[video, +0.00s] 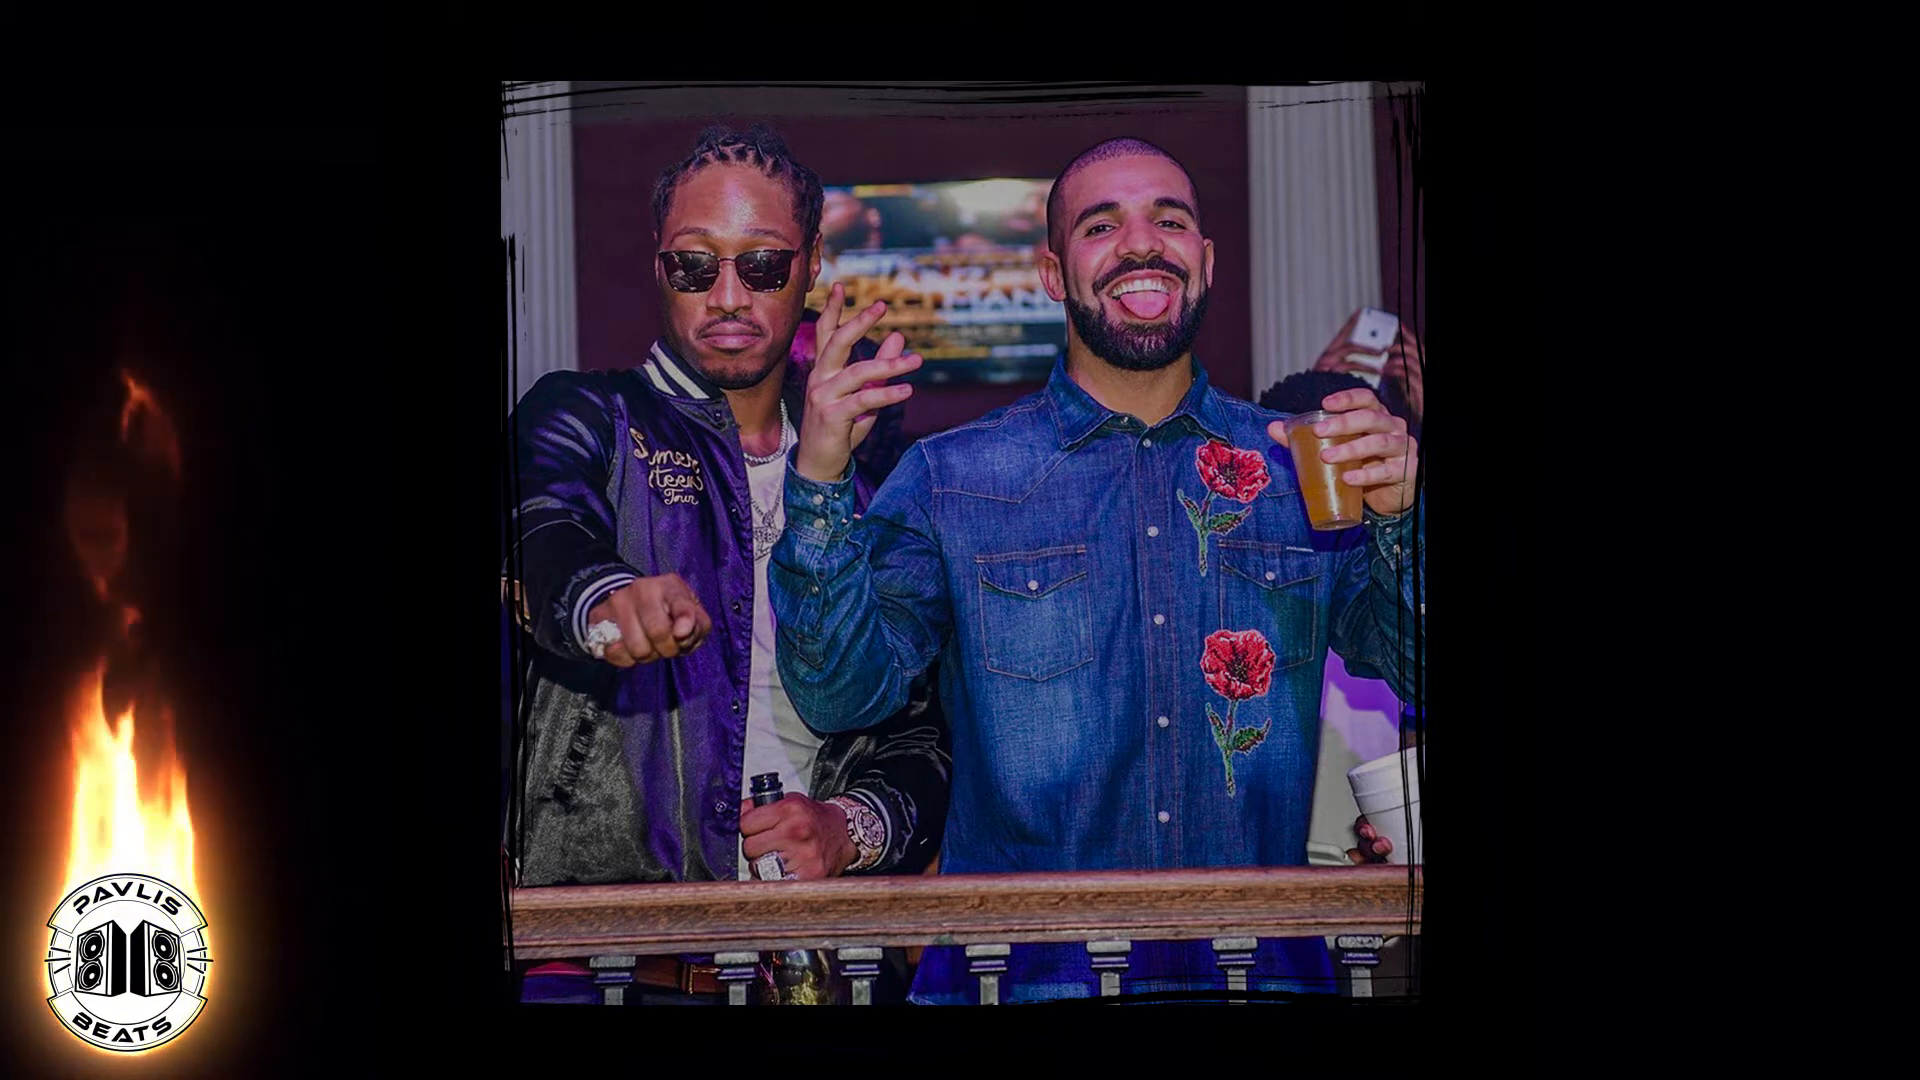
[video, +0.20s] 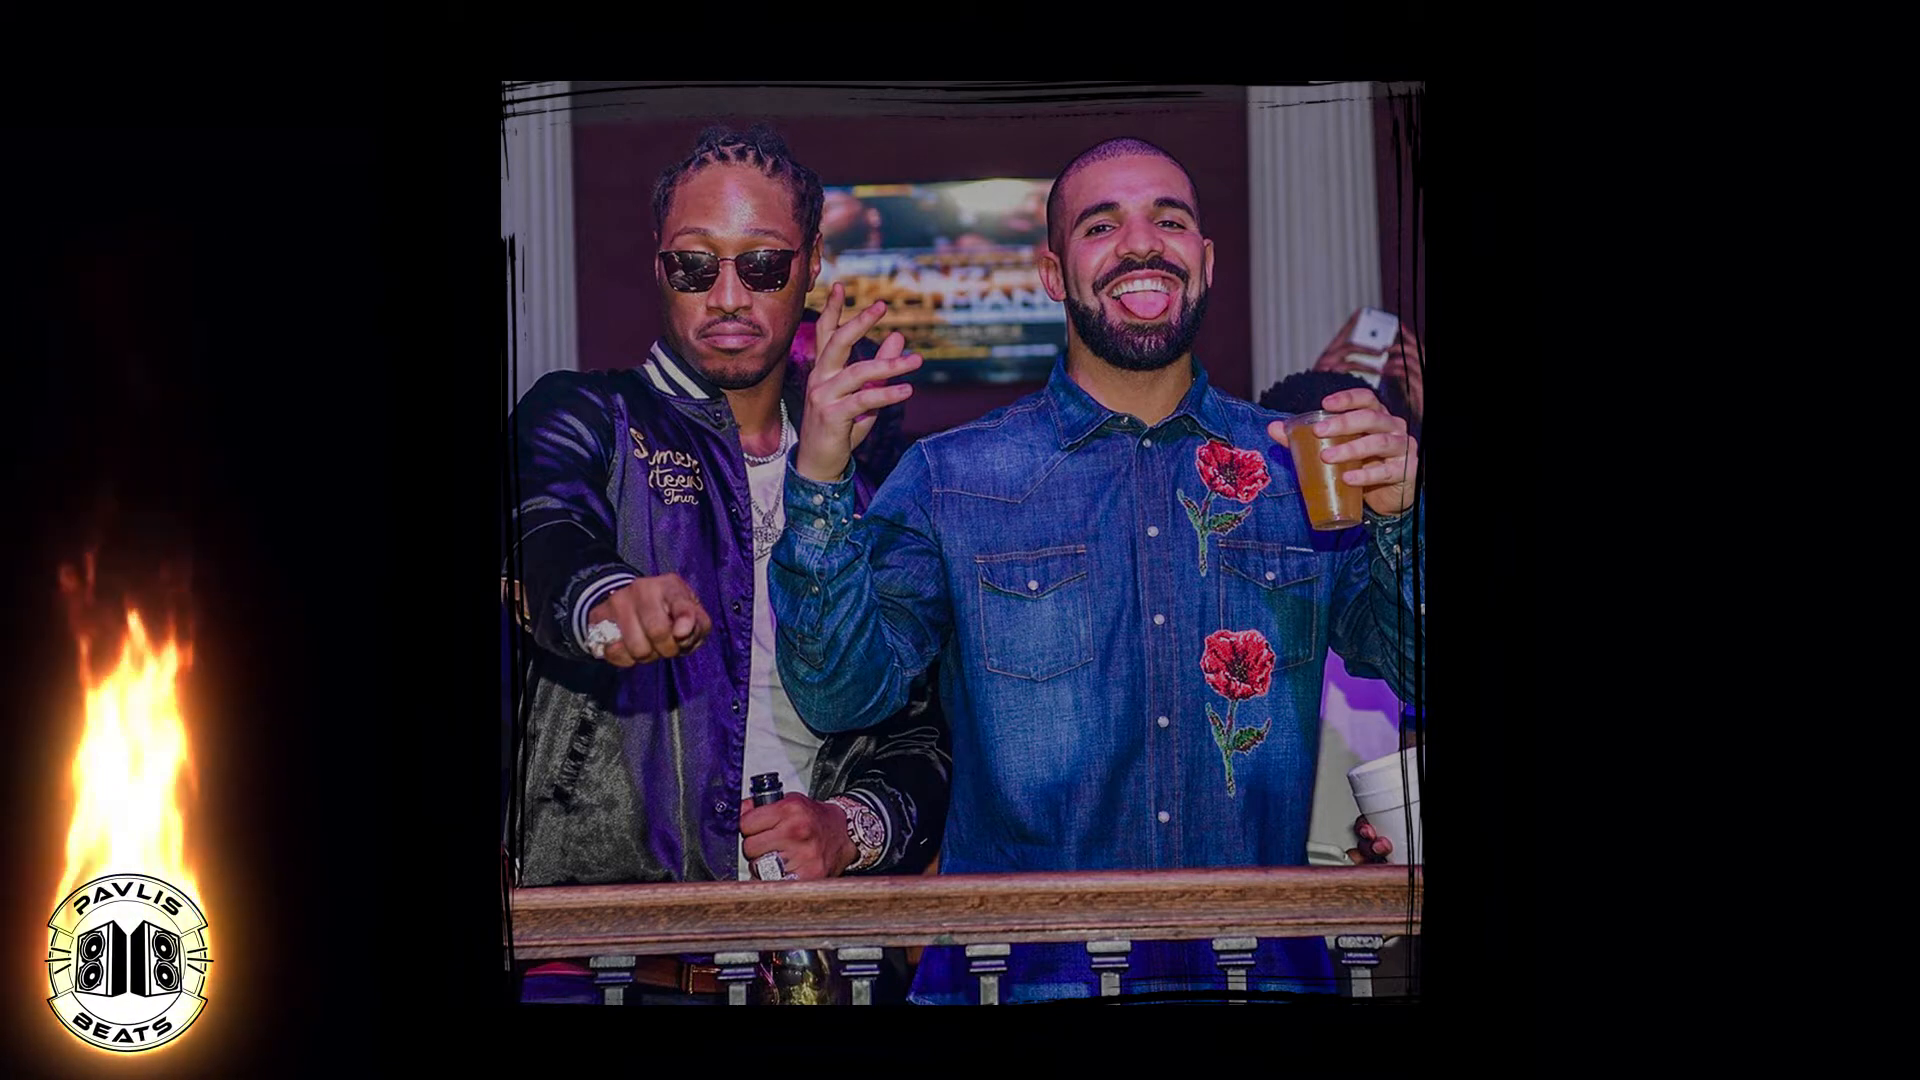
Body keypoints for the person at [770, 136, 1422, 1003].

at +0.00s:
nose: (1142, 242)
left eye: (1170, 219)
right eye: (1102, 225)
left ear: (1207, 259)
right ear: (1055, 273)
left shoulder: (1304, 469)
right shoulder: (945, 478)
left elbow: (1413, 673)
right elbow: (840, 692)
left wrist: (1402, 516)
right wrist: (818, 475)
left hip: (1255, 955)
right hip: (1022, 963)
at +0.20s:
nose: (1142, 242)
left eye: (1170, 219)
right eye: (1102, 225)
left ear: (1207, 259)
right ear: (1055, 273)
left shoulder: (1304, 469)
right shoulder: (945, 478)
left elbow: (1413, 673)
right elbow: (840, 692)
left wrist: (1402, 516)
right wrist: (818, 475)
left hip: (1255, 955)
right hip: (1022, 963)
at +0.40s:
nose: (1142, 242)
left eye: (1170, 219)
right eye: (1102, 225)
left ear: (1207, 259)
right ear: (1055, 273)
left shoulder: (1304, 469)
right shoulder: (945, 478)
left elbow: (1413, 673)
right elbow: (840, 692)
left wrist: (1402, 516)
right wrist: (818, 475)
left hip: (1255, 955)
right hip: (1022, 963)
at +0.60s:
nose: (1141, 242)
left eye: (1170, 219)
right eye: (1102, 225)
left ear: (1208, 259)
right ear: (1054, 273)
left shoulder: (1305, 469)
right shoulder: (945, 479)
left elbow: (1410, 670)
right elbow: (840, 692)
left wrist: (1402, 515)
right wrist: (818, 477)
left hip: (1256, 954)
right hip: (1022, 962)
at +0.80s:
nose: (1141, 241)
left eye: (1170, 219)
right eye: (1102, 225)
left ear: (1208, 259)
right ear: (1055, 273)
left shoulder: (1305, 469)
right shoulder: (945, 478)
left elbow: (1411, 671)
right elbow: (841, 692)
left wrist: (1401, 516)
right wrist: (818, 475)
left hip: (1256, 953)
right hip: (1022, 962)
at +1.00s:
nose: (1142, 242)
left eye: (1170, 219)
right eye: (1102, 225)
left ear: (1207, 259)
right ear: (1055, 273)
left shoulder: (1304, 469)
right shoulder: (945, 478)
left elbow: (1413, 673)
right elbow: (840, 692)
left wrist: (1402, 516)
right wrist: (818, 475)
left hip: (1255, 955)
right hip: (1022, 963)